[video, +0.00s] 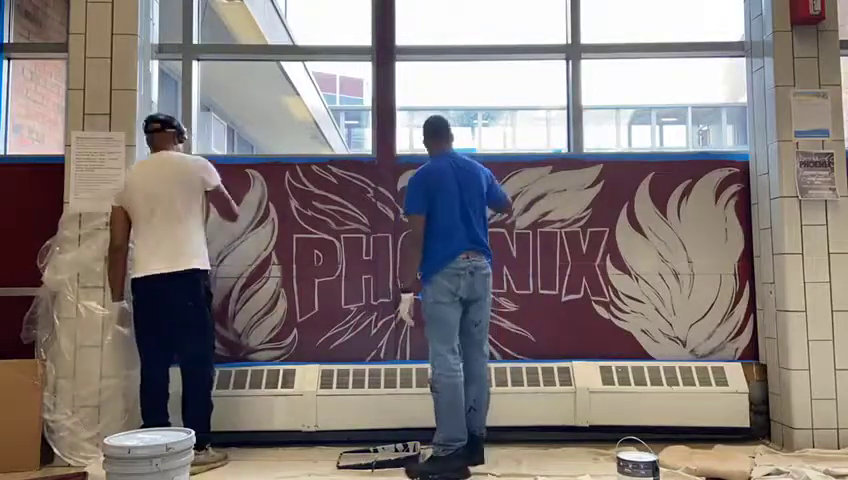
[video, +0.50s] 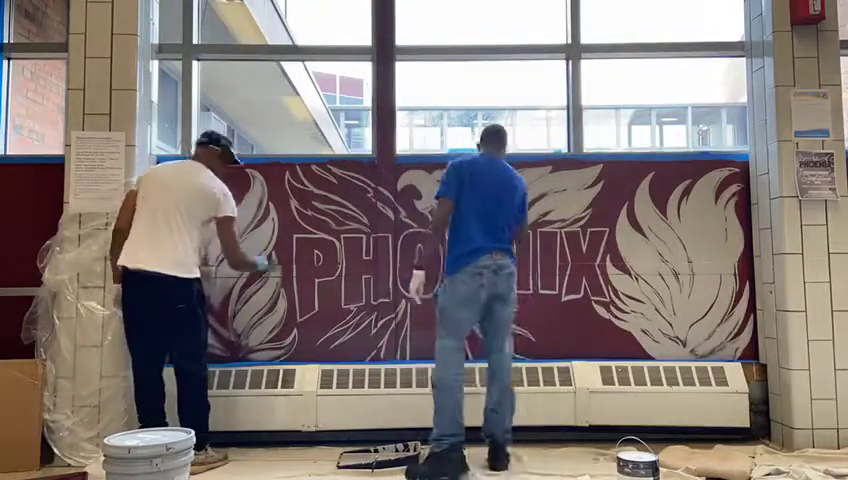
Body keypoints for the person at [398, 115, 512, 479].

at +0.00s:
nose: (430, 145)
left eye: (426, 140)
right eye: (439, 136)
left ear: (425, 141)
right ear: (451, 137)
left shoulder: (422, 177)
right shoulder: (477, 169)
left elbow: (417, 229)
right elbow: (505, 206)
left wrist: (410, 277)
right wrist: (478, 207)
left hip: (443, 270)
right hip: (480, 269)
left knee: (445, 358)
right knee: (476, 355)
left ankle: (449, 449)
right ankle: (474, 440)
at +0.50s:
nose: (488, 149)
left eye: (484, 144)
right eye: (497, 145)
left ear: (479, 144)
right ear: (505, 148)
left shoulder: (461, 166)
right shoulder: (517, 181)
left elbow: (442, 214)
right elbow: (518, 232)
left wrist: (439, 237)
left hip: (466, 265)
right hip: (505, 268)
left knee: (450, 345)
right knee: (499, 351)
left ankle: (448, 443)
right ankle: (499, 445)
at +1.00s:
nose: (497, 152)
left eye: (490, 144)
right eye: (505, 148)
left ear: (483, 144)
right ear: (512, 149)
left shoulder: (458, 175)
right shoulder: (520, 182)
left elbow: (440, 222)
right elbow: (519, 228)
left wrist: (457, 199)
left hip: (467, 272)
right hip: (507, 271)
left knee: (479, 355)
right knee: (532, 353)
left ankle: (492, 443)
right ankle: (552, 437)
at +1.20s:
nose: (538, 147)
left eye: (530, 138)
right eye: (544, 142)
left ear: (520, 140)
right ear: (547, 144)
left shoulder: (494, 175)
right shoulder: (559, 178)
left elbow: (478, 222)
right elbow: (560, 220)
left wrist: (485, 247)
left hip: (505, 272)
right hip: (546, 271)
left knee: (498, 354)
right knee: (553, 355)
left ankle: (493, 443)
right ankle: (562, 443)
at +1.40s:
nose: (569, 147)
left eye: (560, 139)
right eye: (577, 142)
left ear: (553, 140)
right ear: (581, 144)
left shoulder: (528, 173)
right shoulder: (592, 182)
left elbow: (510, 225)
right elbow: (592, 227)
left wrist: (498, 271)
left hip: (531, 273)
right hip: (573, 273)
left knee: (514, 355)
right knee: (567, 357)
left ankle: (506, 438)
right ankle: (563, 441)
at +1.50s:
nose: (478, 131)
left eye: (476, 124)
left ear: (477, 125)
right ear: (508, 123)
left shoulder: (465, 159)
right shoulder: (535, 161)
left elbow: (447, 216)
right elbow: (558, 220)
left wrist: (446, 266)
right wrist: (543, 241)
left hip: (475, 267)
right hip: (522, 266)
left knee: (449, 363)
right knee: (526, 369)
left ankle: (431, 459)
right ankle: (531, 466)